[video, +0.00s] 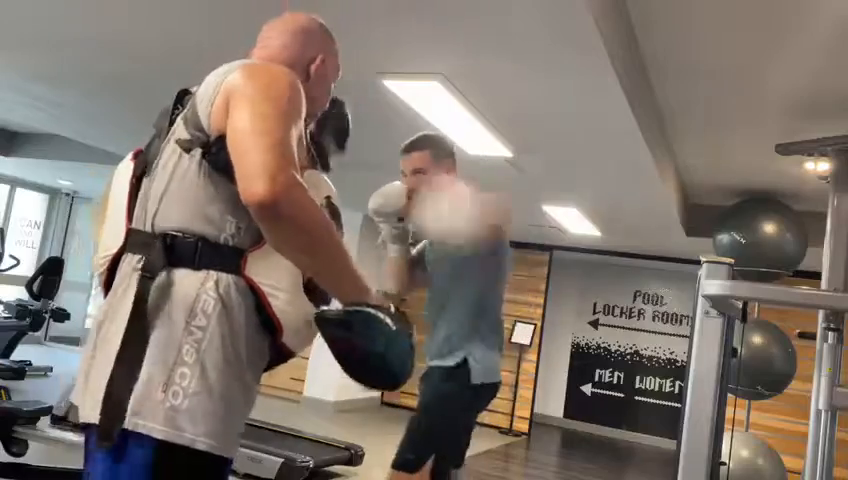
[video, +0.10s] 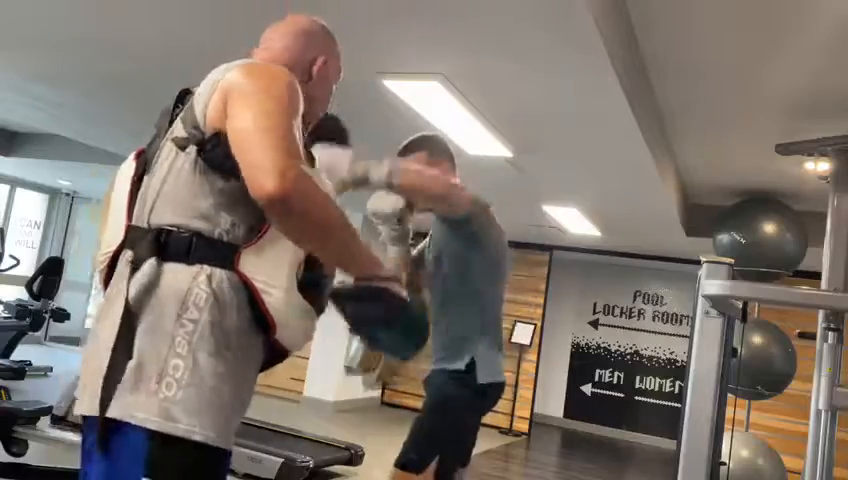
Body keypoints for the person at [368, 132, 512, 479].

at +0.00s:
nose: (408, 185)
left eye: (419, 173)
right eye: (404, 175)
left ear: (448, 172)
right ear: (401, 175)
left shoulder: (486, 217)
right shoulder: (438, 241)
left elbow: (453, 216)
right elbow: (398, 284)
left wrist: (409, 201)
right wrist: (396, 231)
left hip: (468, 370)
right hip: (447, 367)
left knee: (405, 471)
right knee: (441, 472)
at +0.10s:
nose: (413, 181)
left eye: (419, 172)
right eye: (408, 173)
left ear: (446, 170)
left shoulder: (473, 217)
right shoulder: (443, 235)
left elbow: (434, 185)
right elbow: (411, 280)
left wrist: (367, 172)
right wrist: (396, 230)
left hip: (469, 375)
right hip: (455, 373)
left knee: (408, 471)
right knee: (448, 472)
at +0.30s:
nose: (415, 183)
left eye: (424, 172)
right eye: (411, 175)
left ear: (447, 172)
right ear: (407, 176)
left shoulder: (480, 217)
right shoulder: (437, 227)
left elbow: (491, 262)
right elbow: (401, 283)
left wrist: (430, 244)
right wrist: (400, 246)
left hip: (472, 375)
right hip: (452, 372)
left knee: (418, 472)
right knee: (446, 474)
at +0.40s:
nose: (428, 197)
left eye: (438, 187)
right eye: (424, 188)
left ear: (461, 187)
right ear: (419, 190)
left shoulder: (489, 230)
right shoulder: (427, 233)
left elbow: (506, 294)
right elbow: (387, 301)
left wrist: (451, 257)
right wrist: (397, 250)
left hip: (478, 378)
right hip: (441, 375)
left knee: (426, 471)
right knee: (448, 472)